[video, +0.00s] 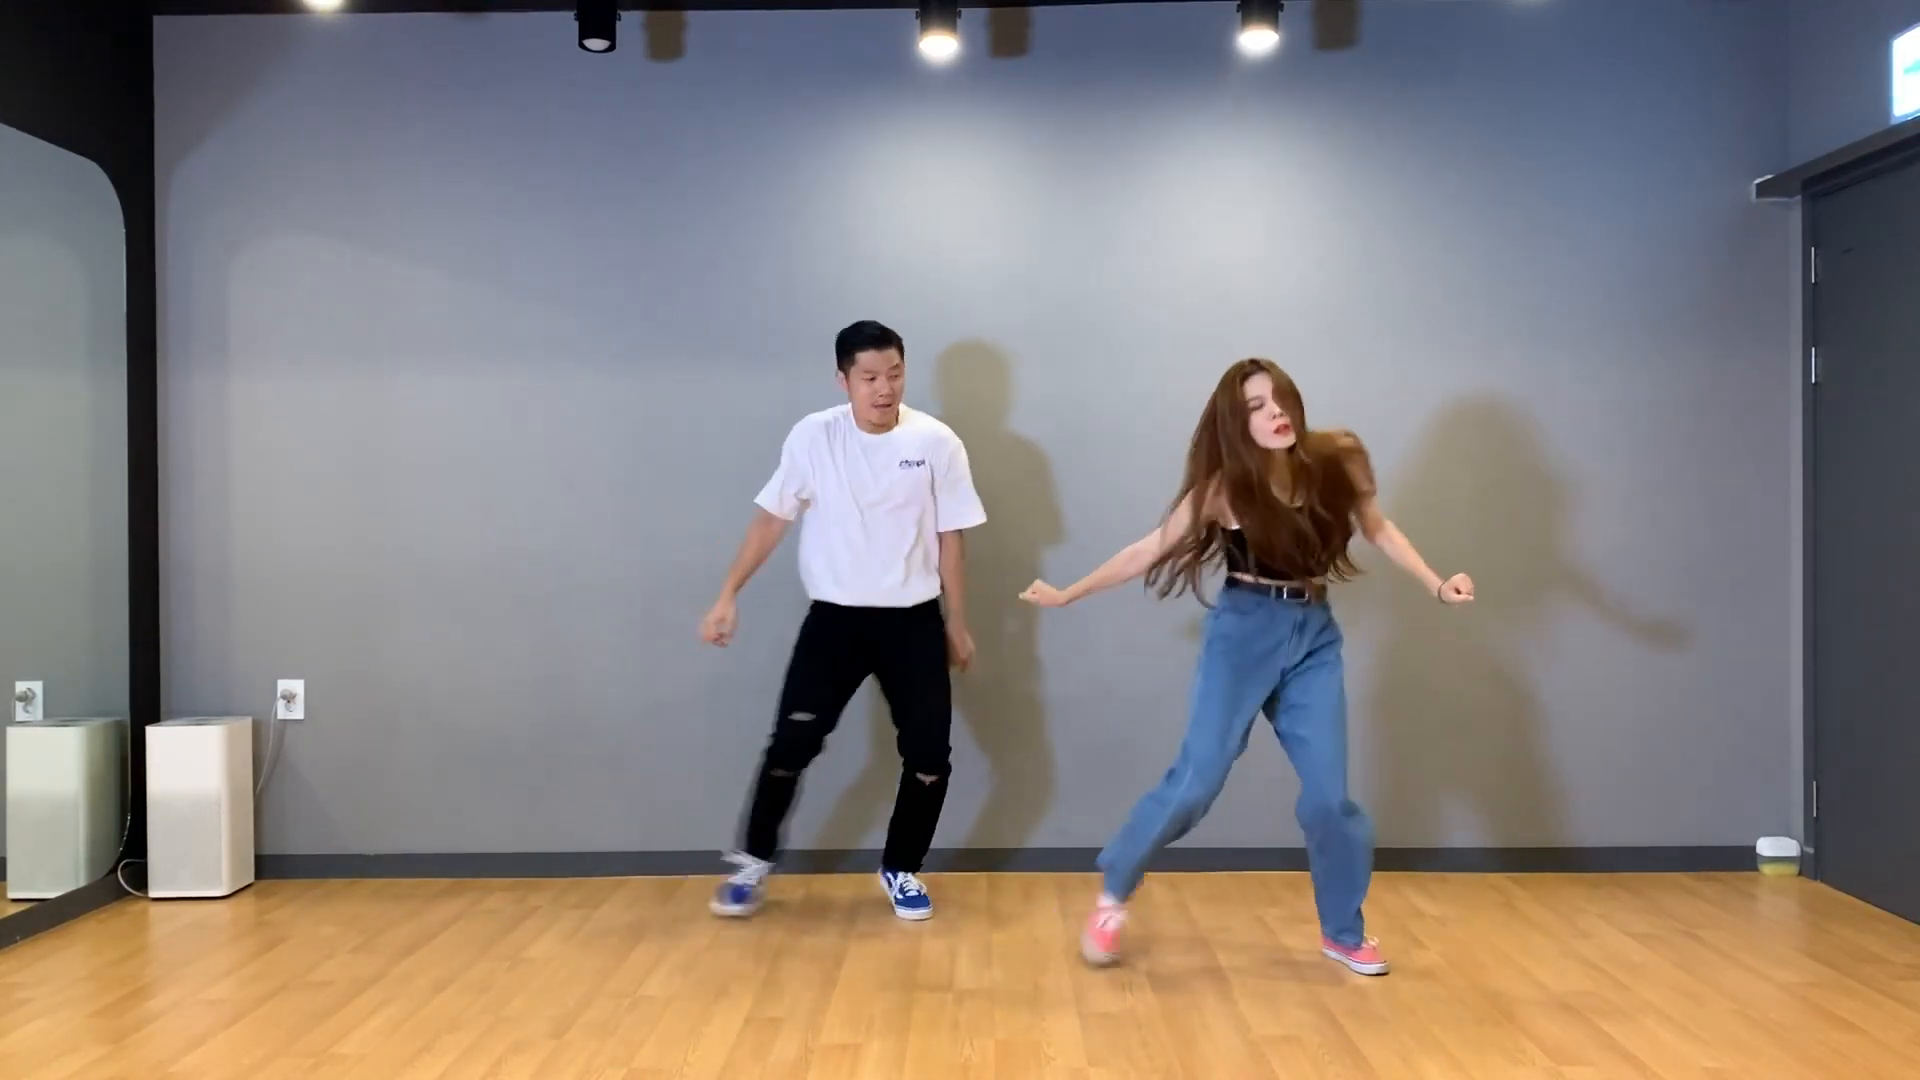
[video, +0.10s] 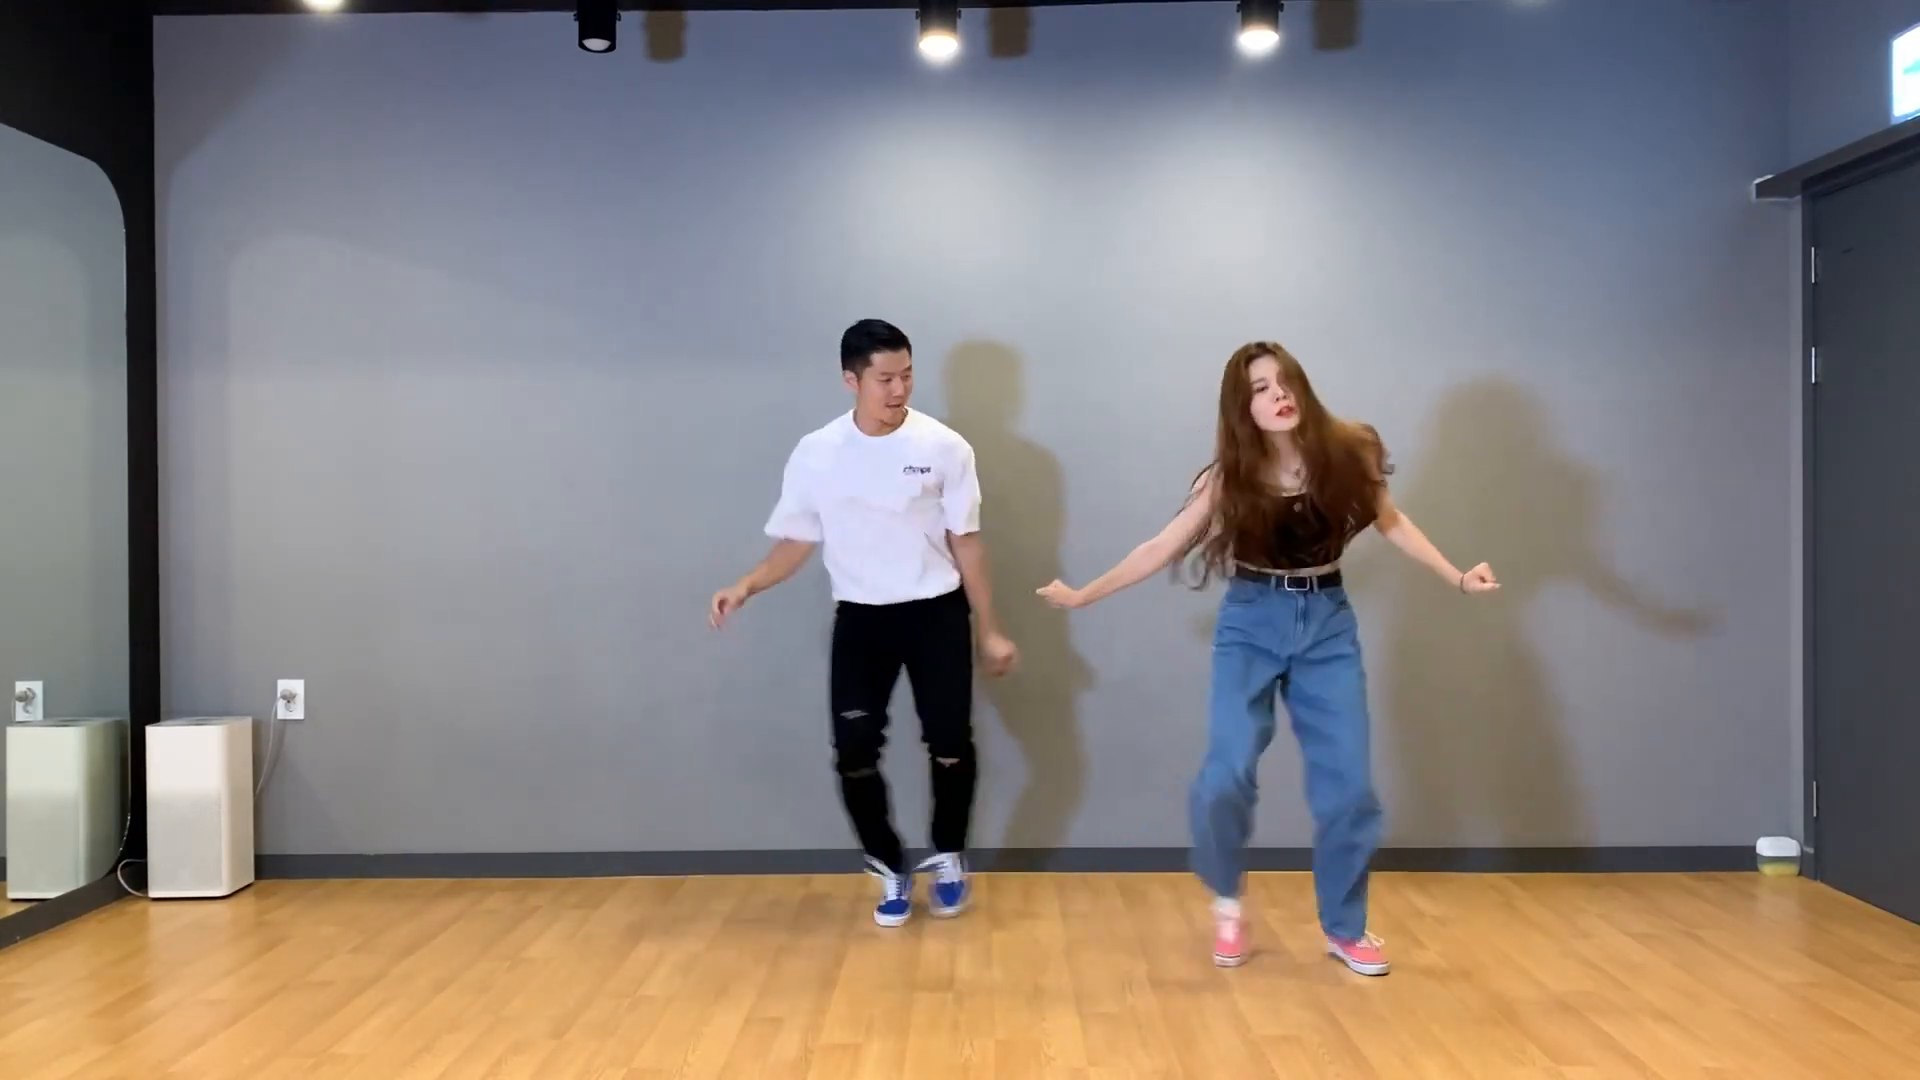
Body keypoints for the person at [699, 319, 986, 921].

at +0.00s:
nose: (883, 388)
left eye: (893, 374)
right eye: (868, 376)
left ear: (905, 374)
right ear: (844, 378)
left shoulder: (936, 442)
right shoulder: (812, 438)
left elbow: (949, 538)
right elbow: (771, 519)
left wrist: (956, 621)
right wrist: (728, 593)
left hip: (913, 622)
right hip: (834, 620)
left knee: (930, 759)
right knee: (792, 741)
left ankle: (901, 870)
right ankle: (754, 863)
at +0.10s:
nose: (899, 389)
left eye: (905, 375)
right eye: (884, 377)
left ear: (914, 374)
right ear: (851, 379)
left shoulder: (945, 448)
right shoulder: (816, 453)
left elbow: (967, 542)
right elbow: (796, 542)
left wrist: (988, 630)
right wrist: (747, 585)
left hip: (937, 614)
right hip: (860, 619)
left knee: (950, 741)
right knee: (853, 750)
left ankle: (948, 857)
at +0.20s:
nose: (914, 398)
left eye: (918, 385)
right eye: (900, 388)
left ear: (922, 382)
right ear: (863, 389)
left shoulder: (955, 449)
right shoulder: (829, 465)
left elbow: (993, 531)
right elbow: (803, 555)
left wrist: (1036, 601)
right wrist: (742, 576)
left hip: (965, 619)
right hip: (888, 632)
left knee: (998, 734)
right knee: (879, 760)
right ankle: (906, 882)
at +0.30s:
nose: (926, 403)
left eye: (931, 390)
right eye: (913, 394)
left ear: (935, 384)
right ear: (875, 395)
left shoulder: (965, 442)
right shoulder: (844, 467)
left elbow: (1023, 512)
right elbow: (814, 542)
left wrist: (1074, 571)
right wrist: (743, 563)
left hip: (993, 611)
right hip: (917, 630)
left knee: (1051, 736)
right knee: (886, 756)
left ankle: (1121, 854)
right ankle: (911, 877)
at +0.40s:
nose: (938, 417)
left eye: (940, 404)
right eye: (924, 408)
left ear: (943, 403)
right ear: (886, 414)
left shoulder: (978, 459)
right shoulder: (859, 487)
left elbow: (1068, 494)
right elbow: (812, 536)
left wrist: (1095, 567)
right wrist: (754, 532)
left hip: (1017, 627)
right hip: (944, 647)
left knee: (1082, 750)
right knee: (908, 768)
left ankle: (1150, 866)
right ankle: (961, 872)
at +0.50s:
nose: (932, 409)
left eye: (934, 396)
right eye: (918, 399)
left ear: (936, 393)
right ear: (880, 404)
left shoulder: (969, 446)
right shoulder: (844, 474)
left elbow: (1053, 496)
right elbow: (780, 525)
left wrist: (1097, 559)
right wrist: (742, 512)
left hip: (1006, 612)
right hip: (935, 632)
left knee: (1059, 739)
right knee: (926, 766)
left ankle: (1126, 853)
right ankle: (978, 880)